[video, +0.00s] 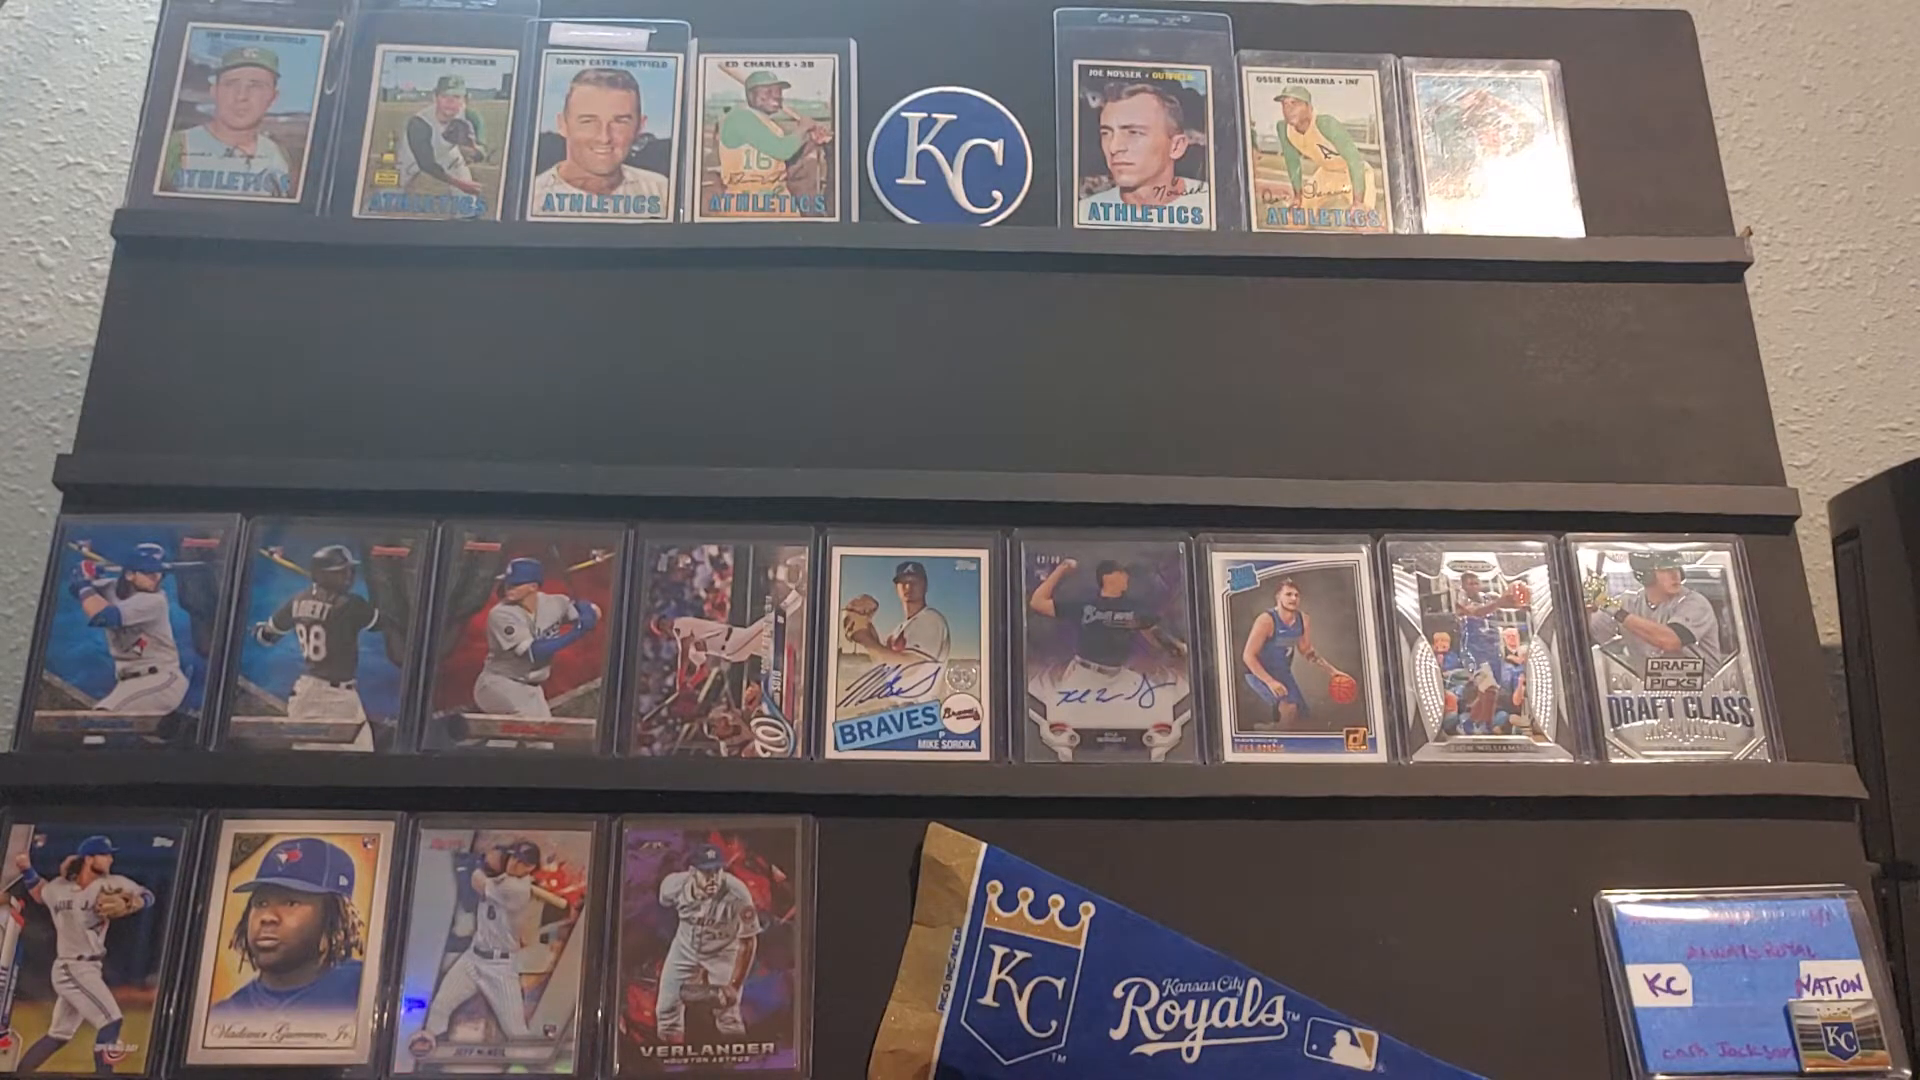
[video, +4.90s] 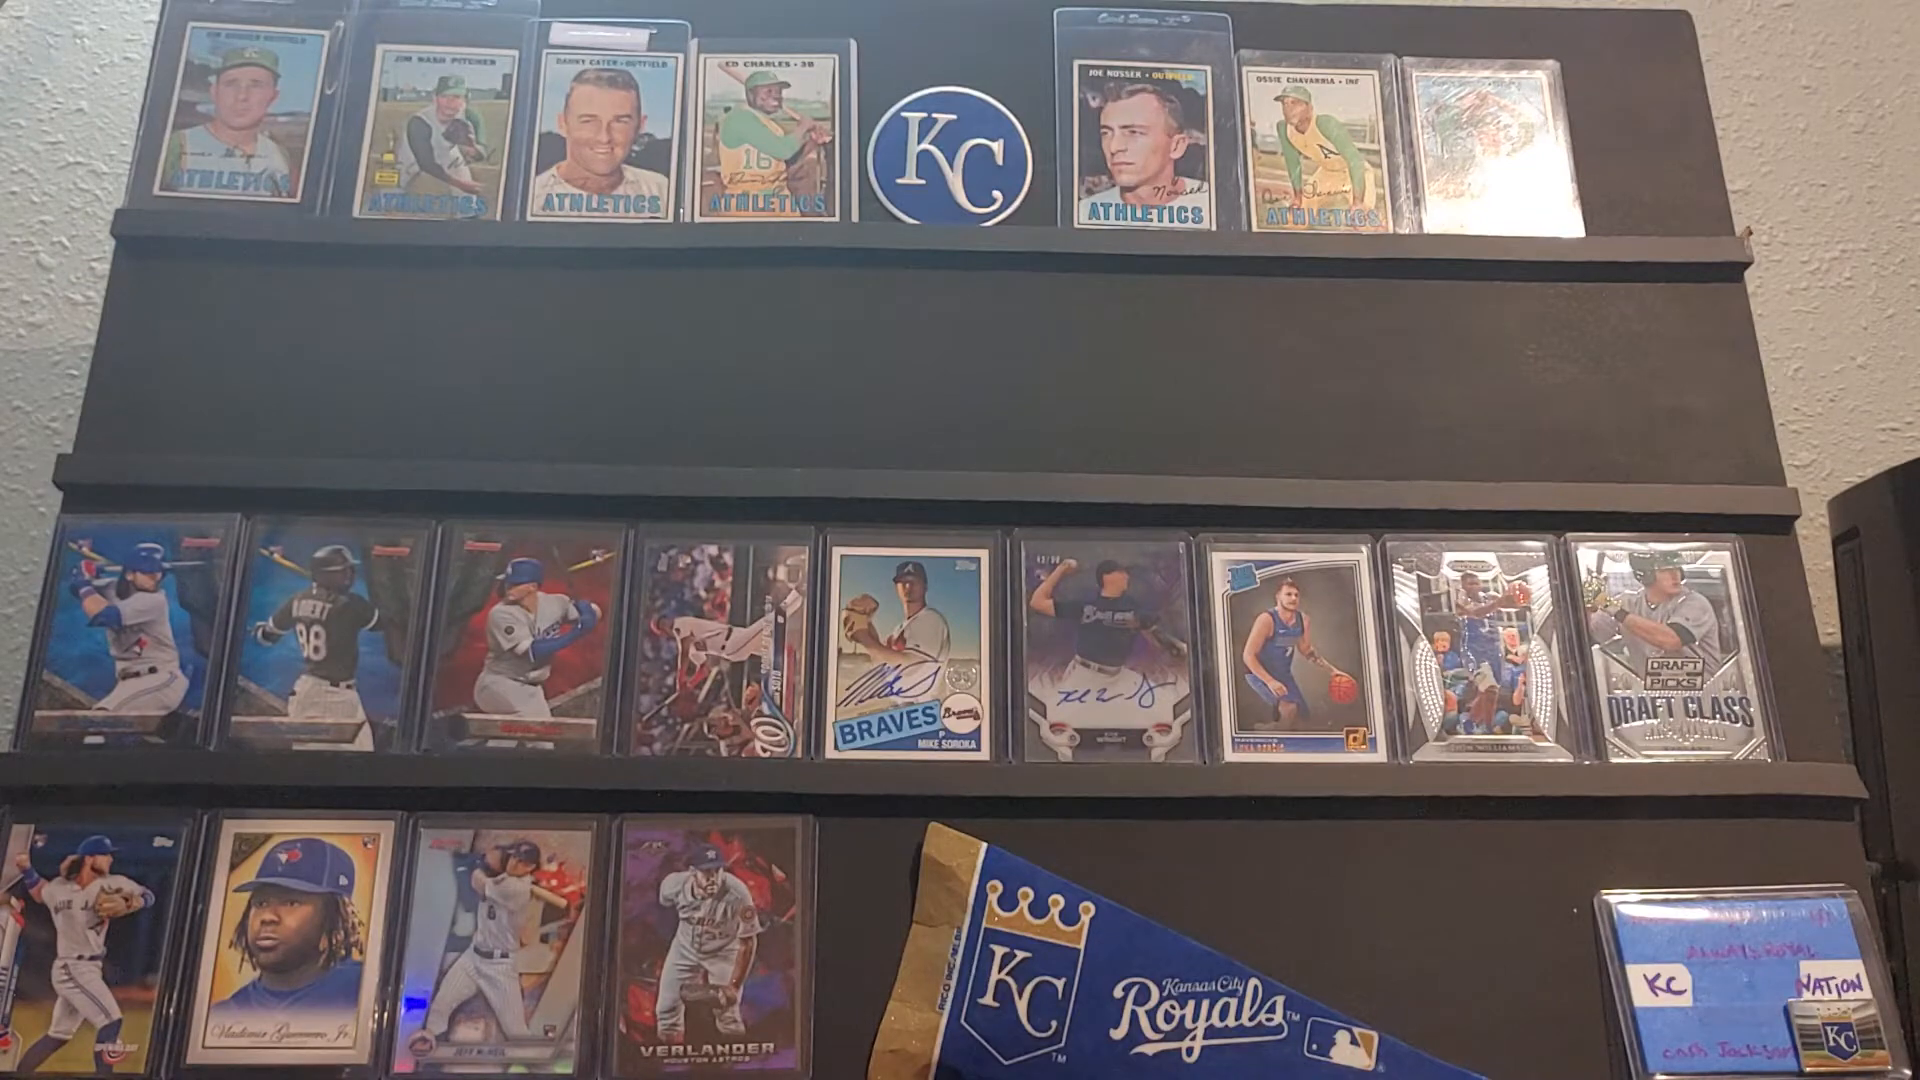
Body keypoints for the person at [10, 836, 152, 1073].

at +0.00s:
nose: (110, 859)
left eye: (110, 855)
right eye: (105, 855)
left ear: (96, 861)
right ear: (89, 859)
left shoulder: (111, 884)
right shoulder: (58, 888)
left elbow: (148, 896)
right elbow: (39, 892)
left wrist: (130, 904)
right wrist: (26, 870)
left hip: (90, 969)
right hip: (71, 969)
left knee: (58, 1036)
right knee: (111, 1020)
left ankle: (19, 1073)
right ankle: (104, 1074)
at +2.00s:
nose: (110, 859)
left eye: (110, 855)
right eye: (105, 855)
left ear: (97, 861)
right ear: (89, 859)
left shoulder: (110, 884)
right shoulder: (58, 888)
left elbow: (148, 896)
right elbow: (40, 891)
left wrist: (129, 904)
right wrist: (27, 870)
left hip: (90, 969)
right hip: (71, 969)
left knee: (59, 1035)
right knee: (111, 1020)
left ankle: (19, 1072)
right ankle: (104, 1074)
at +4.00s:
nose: (110, 859)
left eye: (110, 855)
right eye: (105, 855)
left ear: (95, 861)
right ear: (89, 859)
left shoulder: (112, 884)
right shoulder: (58, 888)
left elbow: (149, 896)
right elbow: (39, 892)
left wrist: (134, 904)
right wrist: (27, 869)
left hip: (90, 968)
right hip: (71, 968)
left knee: (58, 1035)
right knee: (111, 1020)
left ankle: (19, 1072)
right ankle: (104, 1074)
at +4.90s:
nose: (110, 860)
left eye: (110, 855)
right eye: (106, 855)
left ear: (95, 861)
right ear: (90, 859)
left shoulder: (111, 884)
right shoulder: (58, 888)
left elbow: (149, 896)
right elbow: (39, 891)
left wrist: (130, 904)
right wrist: (27, 870)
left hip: (90, 969)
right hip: (71, 969)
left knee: (58, 1035)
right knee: (111, 1020)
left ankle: (19, 1073)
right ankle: (104, 1074)